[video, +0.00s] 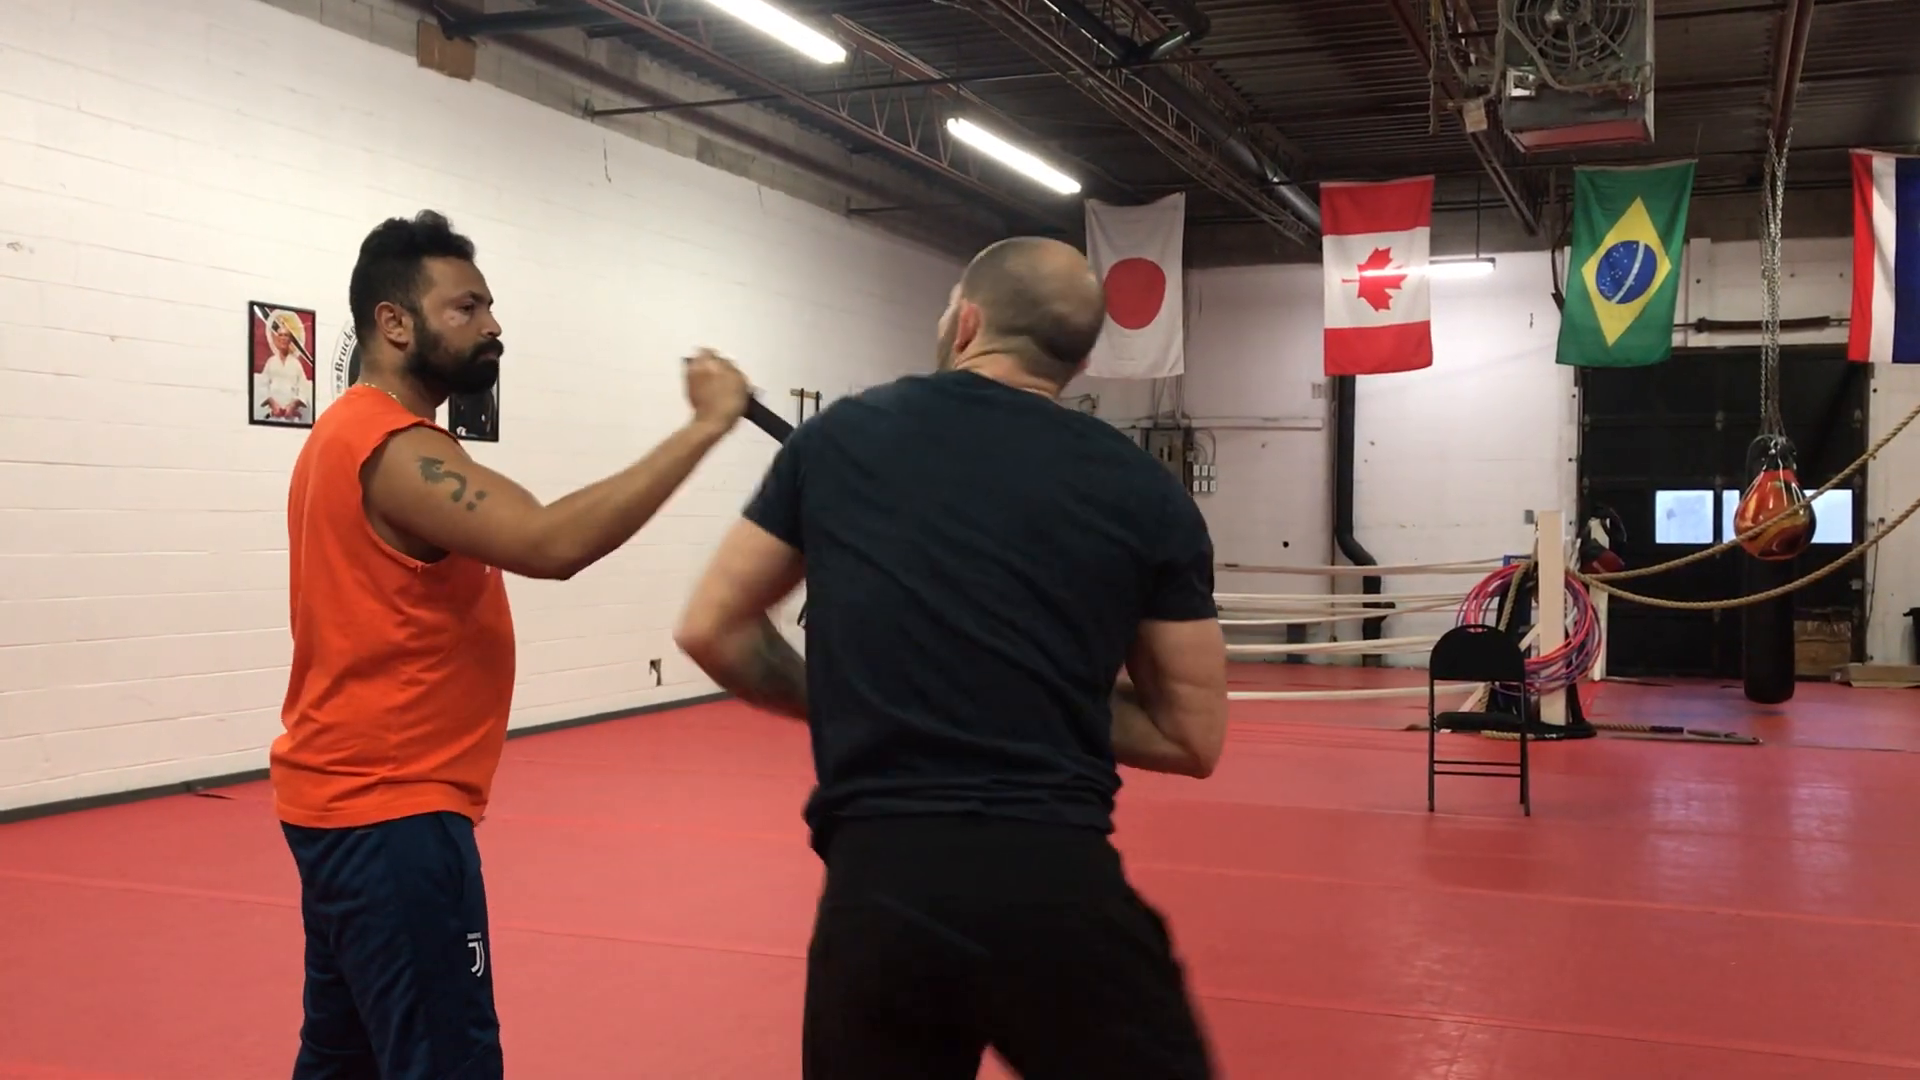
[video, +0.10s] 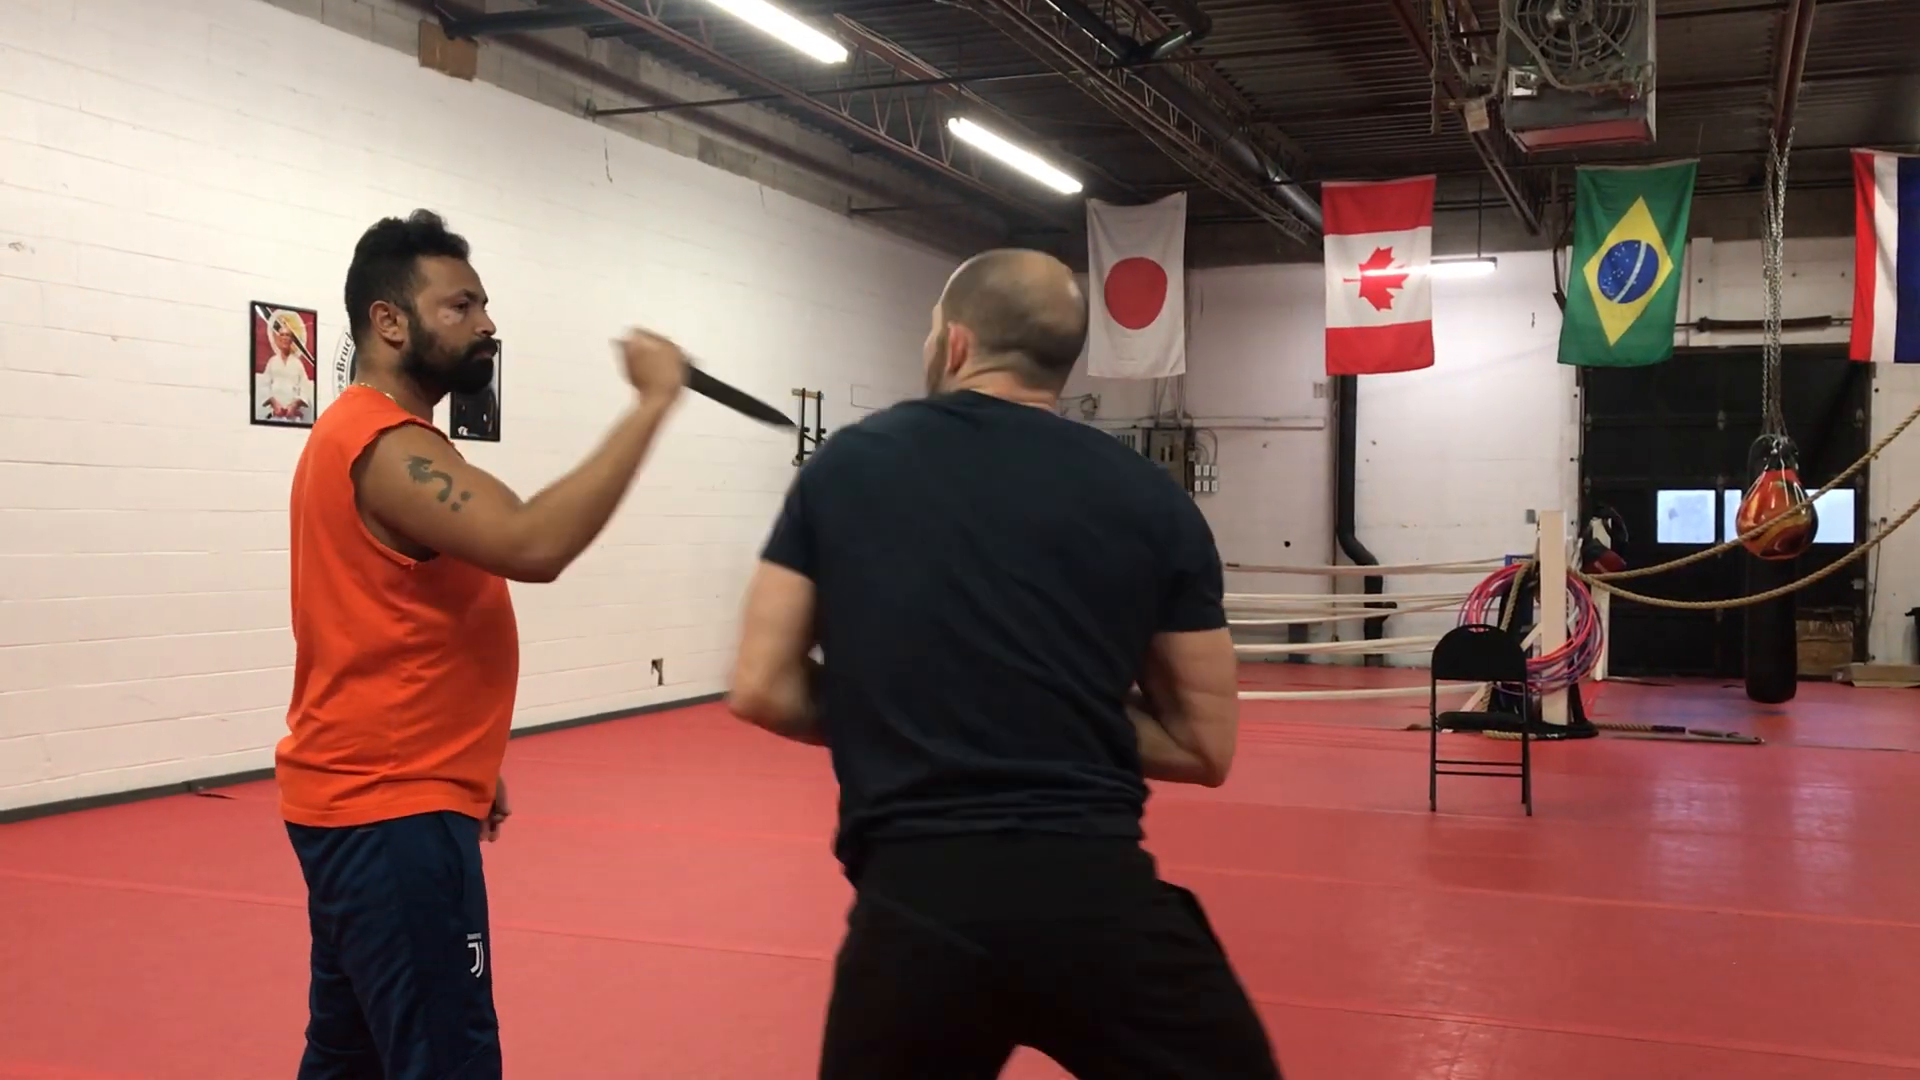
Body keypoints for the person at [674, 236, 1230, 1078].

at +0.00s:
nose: (941, 323)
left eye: (946, 311)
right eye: (946, 310)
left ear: (964, 322)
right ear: (1078, 362)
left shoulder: (843, 435)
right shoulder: (1143, 489)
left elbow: (714, 628)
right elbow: (1190, 741)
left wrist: (845, 702)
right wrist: (1036, 691)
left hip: (879, 903)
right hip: (1066, 909)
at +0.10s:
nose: (927, 349)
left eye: (931, 334)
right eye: (930, 333)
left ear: (956, 344)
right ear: (1065, 364)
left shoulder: (848, 464)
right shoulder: (1148, 495)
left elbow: (761, 689)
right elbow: (1203, 748)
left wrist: (896, 719)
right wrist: (1054, 710)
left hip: (914, 925)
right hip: (1109, 923)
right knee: (1237, 1065)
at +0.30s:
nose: (960, 393)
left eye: (965, 370)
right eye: (960, 371)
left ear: (1005, 370)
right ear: (1102, 378)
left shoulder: (922, 479)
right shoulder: (1211, 505)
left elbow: (876, 729)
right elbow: (1240, 757)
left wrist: (1003, 675)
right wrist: (1109, 691)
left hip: (1001, 936)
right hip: (1195, 935)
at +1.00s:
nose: (1120, 470)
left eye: (1129, 447)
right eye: (1123, 447)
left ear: (1181, 456)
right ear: (1268, 458)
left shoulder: (1099, 559)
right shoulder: (1390, 571)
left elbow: (1037, 813)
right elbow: (1362, 783)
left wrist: (1165, 749)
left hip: (1147, 995)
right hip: (1349, 1007)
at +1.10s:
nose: (1041, 451)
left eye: (1049, 429)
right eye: (1042, 429)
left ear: (1099, 446)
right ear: (1190, 437)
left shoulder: (1031, 562)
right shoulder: (1305, 545)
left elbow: (962, 796)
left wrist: (992, 628)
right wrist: (997, 596)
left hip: (1092, 988)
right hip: (1280, 988)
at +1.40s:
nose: (758, 409)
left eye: (757, 398)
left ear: (786, 428)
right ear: (890, 375)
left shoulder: (775, 567)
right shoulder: (998, 450)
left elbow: (698, 575)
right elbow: (872, 396)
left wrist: (658, 449)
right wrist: (688, 396)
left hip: (875, 925)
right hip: (1052, 911)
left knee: (765, 1067)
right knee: (1167, 1069)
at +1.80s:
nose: (682, 405)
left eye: (685, 388)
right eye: (679, 387)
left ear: (732, 405)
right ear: (821, 363)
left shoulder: (704, 542)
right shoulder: (945, 435)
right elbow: (839, 387)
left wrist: (677, 410)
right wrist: (704, 338)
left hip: (814, 901)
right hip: (990, 888)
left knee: (725, 1067)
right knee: (1091, 1065)